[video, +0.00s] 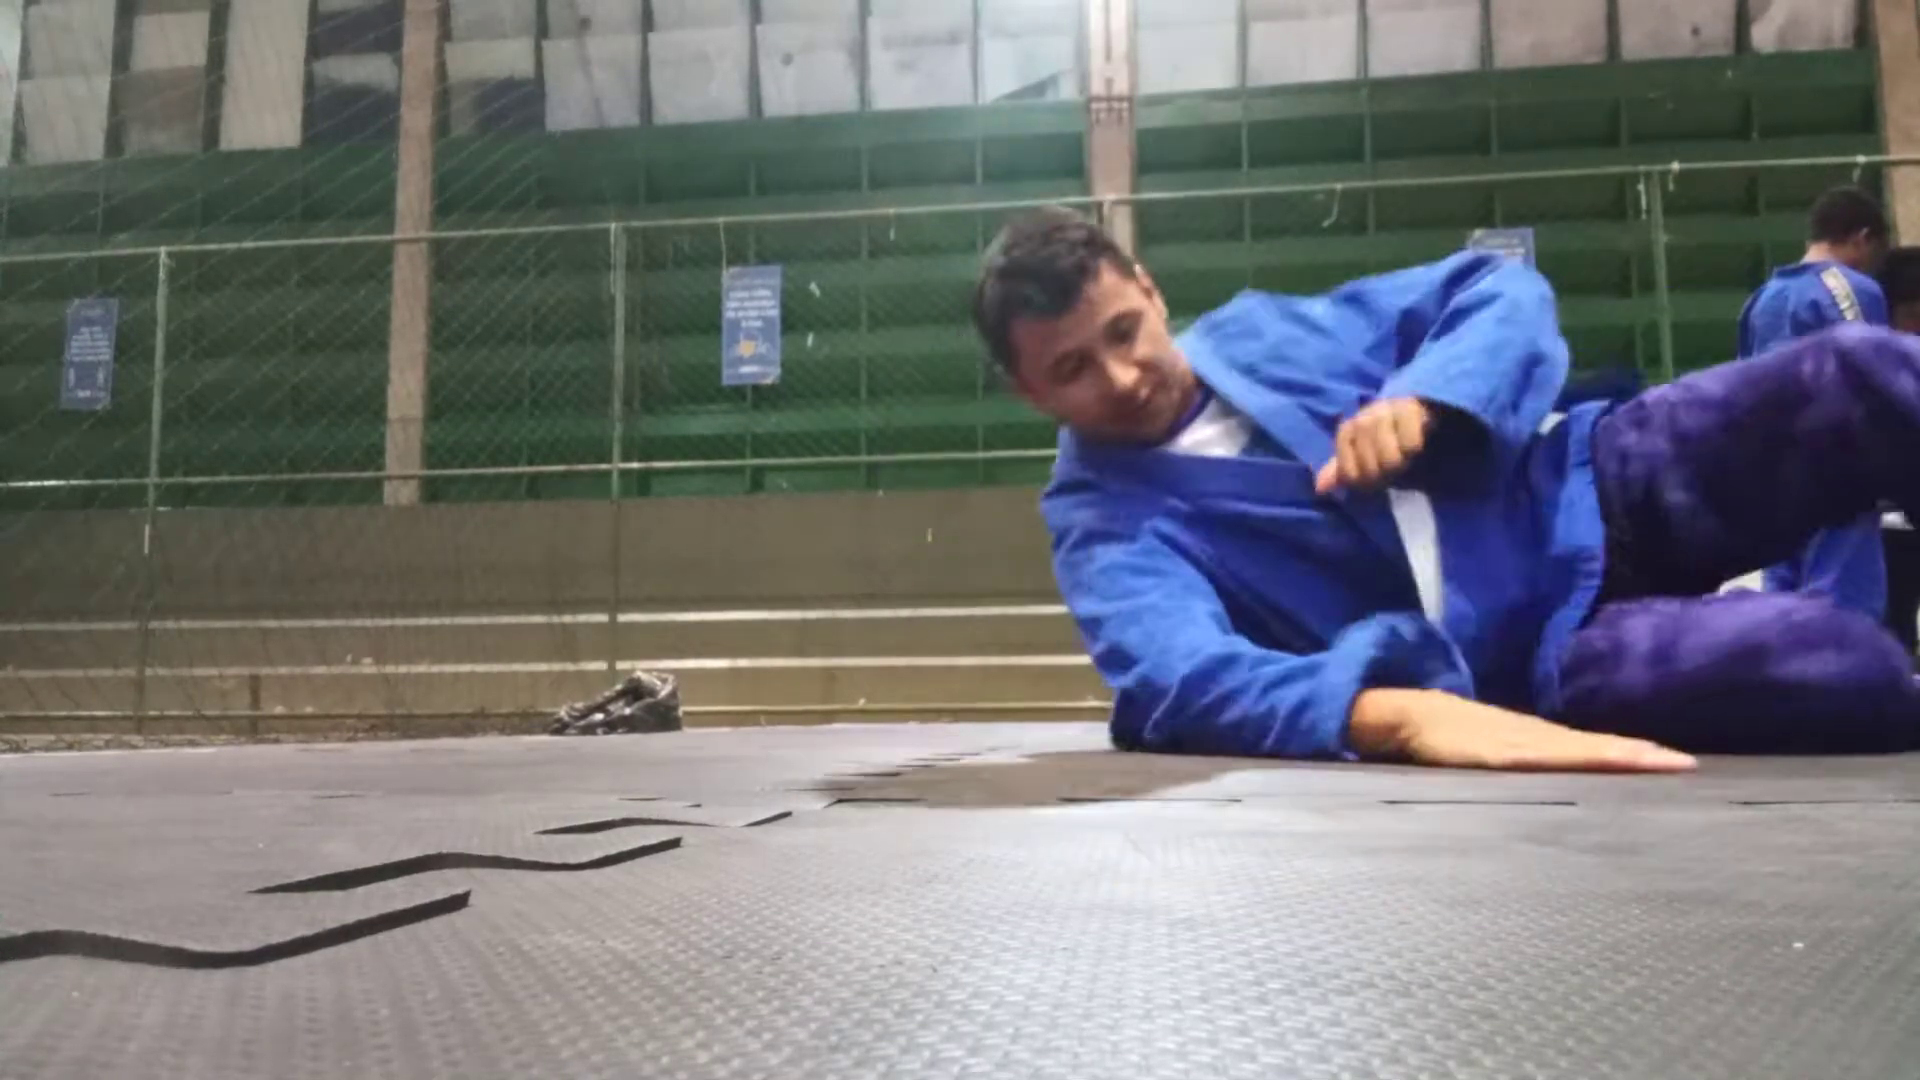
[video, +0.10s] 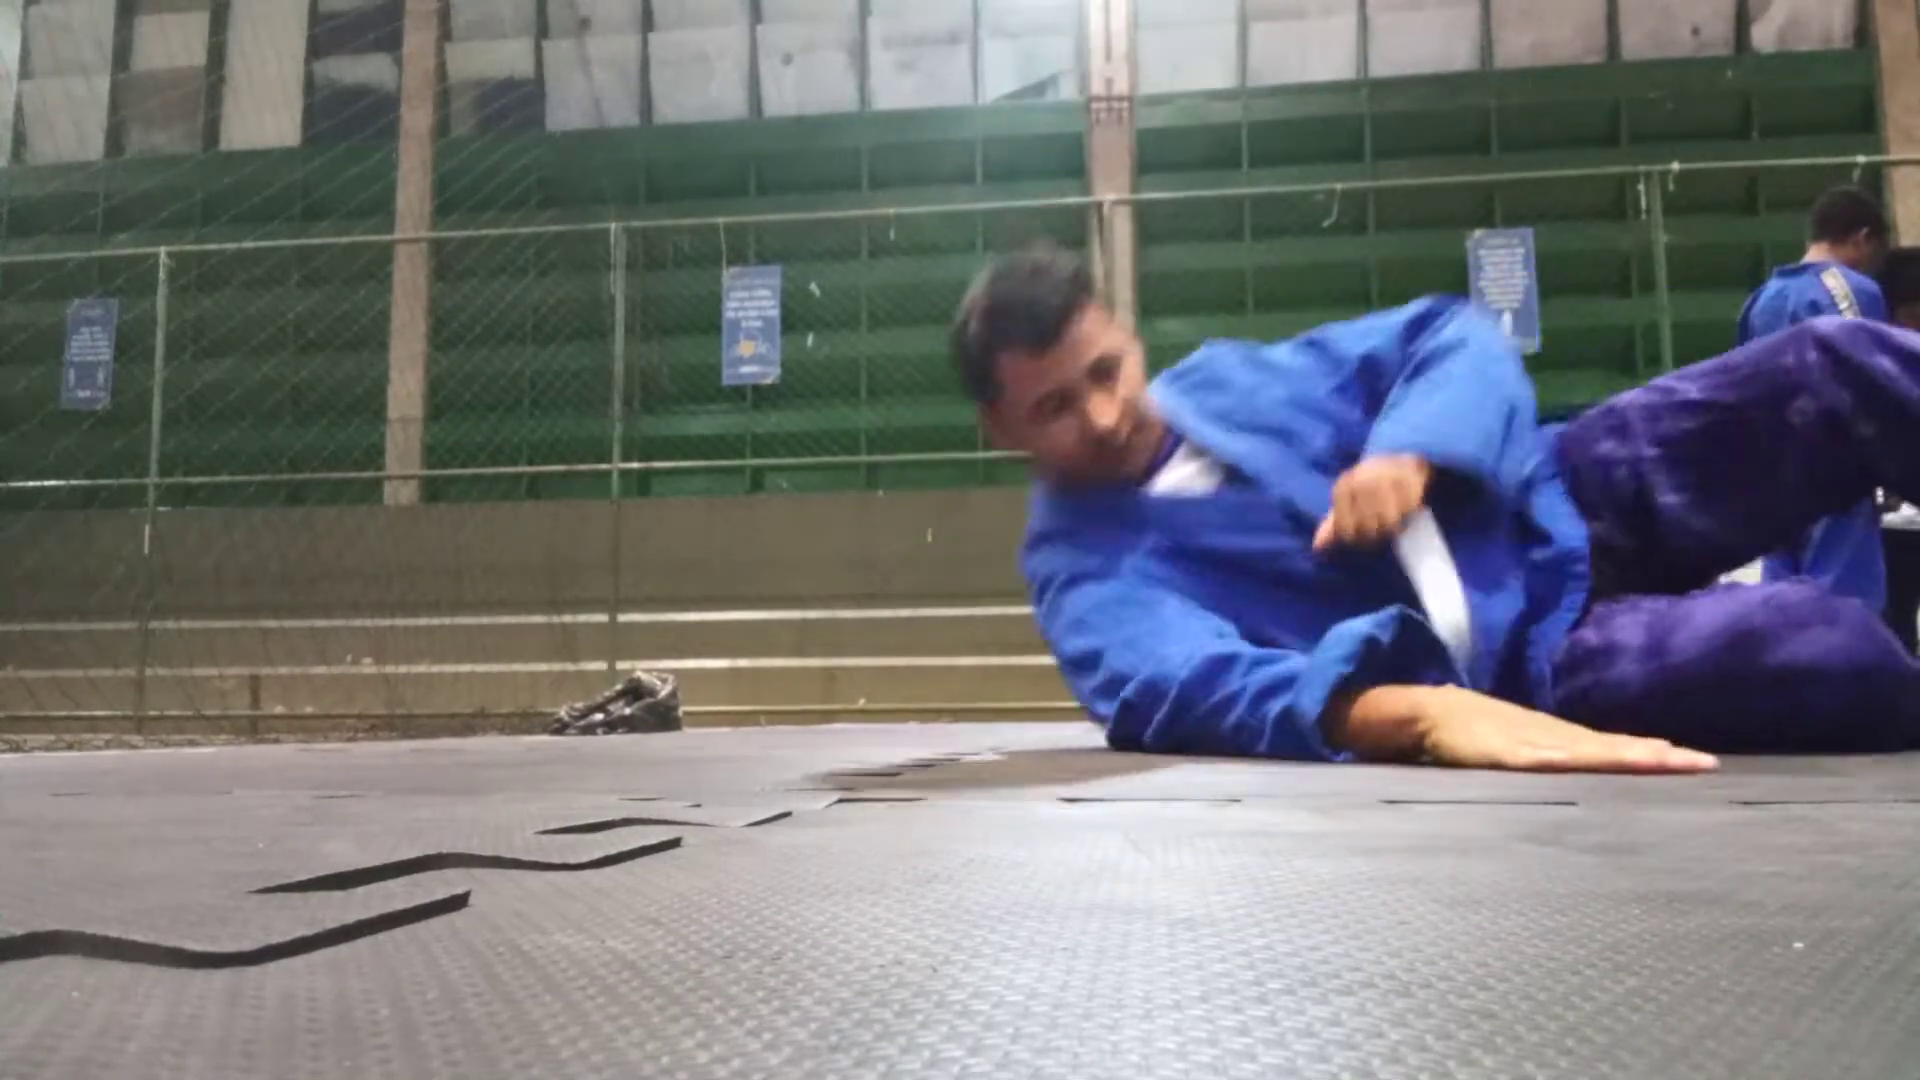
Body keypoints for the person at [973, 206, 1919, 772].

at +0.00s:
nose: (1124, 375)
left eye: (1125, 331)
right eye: (1076, 371)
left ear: (1150, 294)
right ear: (1031, 395)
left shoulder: (1258, 332)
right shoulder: (1106, 527)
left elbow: (1504, 290)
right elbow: (1190, 683)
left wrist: (1426, 396)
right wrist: (1407, 713)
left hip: (1586, 469)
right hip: (1538, 649)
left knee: (1850, 374)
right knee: (1800, 653)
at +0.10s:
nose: (1102, 414)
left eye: (1104, 372)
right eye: (1056, 408)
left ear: (1127, 337)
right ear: (1004, 430)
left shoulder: (1224, 379)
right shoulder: (1086, 581)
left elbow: (1458, 334)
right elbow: (1212, 688)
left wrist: (1405, 451)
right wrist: (1427, 714)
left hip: (1549, 486)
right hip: (1516, 654)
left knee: (1834, 365)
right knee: (1788, 637)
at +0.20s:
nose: (1062, 462)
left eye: (1060, 420)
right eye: (1017, 462)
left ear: (1080, 392)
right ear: (968, 495)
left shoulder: (1180, 423)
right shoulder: (1073, 636)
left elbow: (1395, 369)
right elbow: (1227, 693)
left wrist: (1372, 496)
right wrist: (1411, 714)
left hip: (1524, 490)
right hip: (1519, 650)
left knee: (1795, 335)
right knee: (1795, 628)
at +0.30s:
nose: (1024, 472)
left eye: (1018, 432)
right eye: (978, 478)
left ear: (1043, 409)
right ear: (937, 520)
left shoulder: (1146, 436)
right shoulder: (1070, 637)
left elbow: (1354, 373)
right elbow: (1246, 690)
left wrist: (1334, 493)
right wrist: (1455, 727)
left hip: (1491, 486)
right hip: (1486, 642)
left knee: (1723, 305)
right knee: (1761, 606)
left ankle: (1906, 313)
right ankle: (1901, 706)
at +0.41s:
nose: (1018, 471)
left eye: (1009, 435)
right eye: (973, 480)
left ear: (1030, 410)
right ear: (929, 524)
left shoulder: (1134, 445)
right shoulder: (1066, 643)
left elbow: (1334, 386)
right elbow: (1246, 694)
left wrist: (1327, 492)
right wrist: (1439, 717)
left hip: (1476, 480)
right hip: (1482, 640)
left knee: (1689, 280)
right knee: (1751, 583)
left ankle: (1913, 267)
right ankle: (1901, 694)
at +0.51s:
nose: (1012, 482)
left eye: (1004, 447)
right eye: (968, 492)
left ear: (1024, 426)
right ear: (928, 541)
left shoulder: (1127, 458)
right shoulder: (1068, 652)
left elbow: (1326, 391)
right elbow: (1267, 701)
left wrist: (1322, 496)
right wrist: (1432, 714)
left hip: (1469, 484)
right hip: (1487, 643)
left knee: (1660, 267)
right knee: (1762, 559)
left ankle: (1909, 230)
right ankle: (1903, 689)